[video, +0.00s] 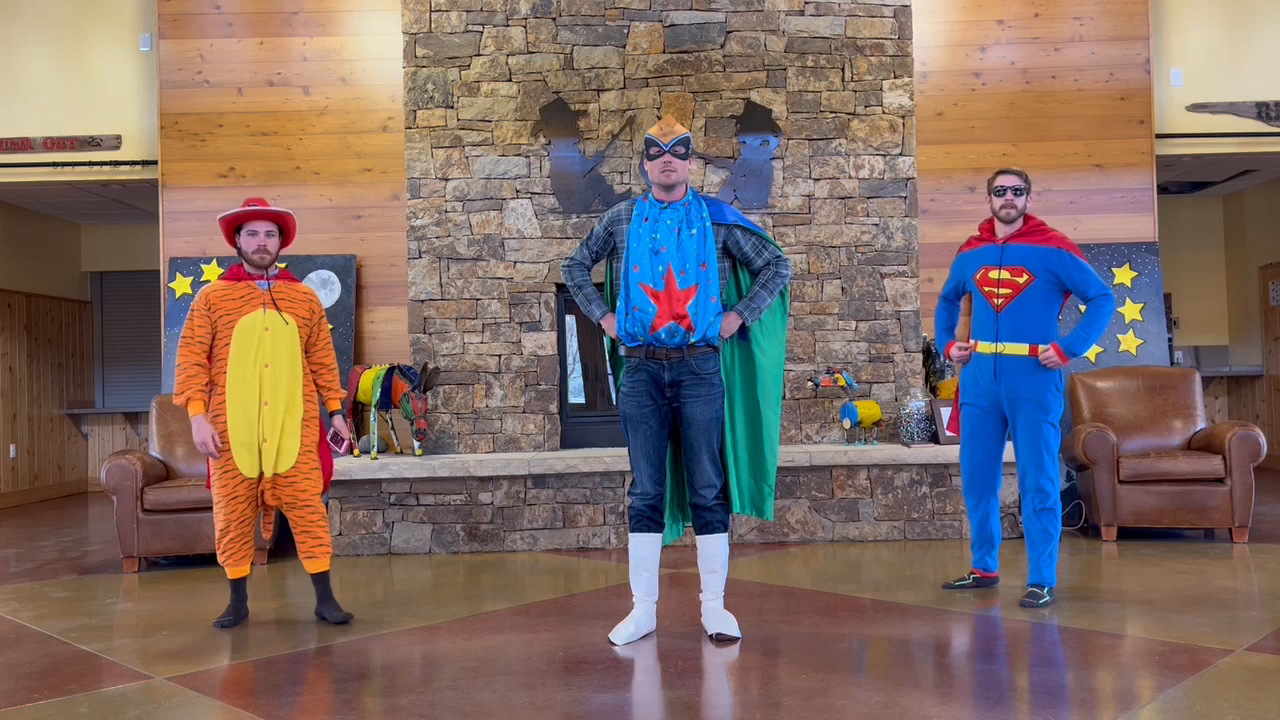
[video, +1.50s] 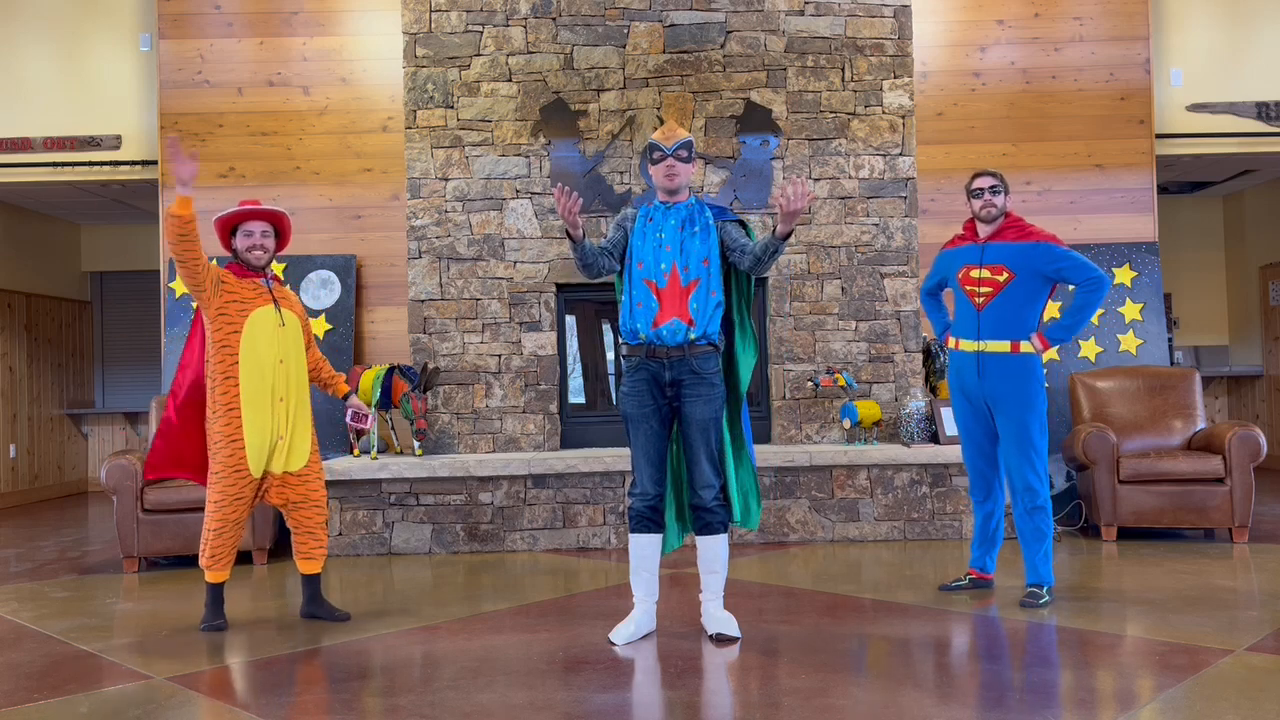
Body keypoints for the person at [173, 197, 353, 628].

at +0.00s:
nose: (261, 242)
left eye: (269, 235)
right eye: (252, 235)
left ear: (280, 243)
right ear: (237, 242)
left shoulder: (304, 298)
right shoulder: (213, 297)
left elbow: (322, 357)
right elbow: (192, 356)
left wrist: (335, 411)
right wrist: (197, 415)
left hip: (294, 423)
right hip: (233, 426)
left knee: (307, 503)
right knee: (233, 511)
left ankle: (325, 598)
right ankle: (237, 601)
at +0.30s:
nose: (266, 240)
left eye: (274, 233)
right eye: (256, 233)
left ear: (286, 241)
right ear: (243, 241)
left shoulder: (310, 295)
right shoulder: (220, 295)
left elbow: (329, 353)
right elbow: (196, 352)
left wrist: (345, 407)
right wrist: (195, 411)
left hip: (300, 420)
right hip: (240, 422)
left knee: (300, 505)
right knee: (236, 505)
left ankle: (297, 598)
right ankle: (235, 601)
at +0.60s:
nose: (266, 241)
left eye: (273, 234)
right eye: (257, 234)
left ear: (284, 243)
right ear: (241, 242)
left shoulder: (303, 298)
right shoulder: (217, 295)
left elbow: (325, 353)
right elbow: (191, 353)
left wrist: (350, 394)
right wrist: (194, 412)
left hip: (295, 424)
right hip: (236, 425)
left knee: (308, 504)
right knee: (226, 509)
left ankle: (298, 595)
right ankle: (215, 604)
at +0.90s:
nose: (269, 240)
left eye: (277, 234)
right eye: (260, 233)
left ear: (287, 243)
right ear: (244, 241)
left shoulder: (303, 300)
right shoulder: (222, 294)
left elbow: (320, 361)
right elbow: (184, 340)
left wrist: (337, 411)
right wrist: (167, 398)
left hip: (294, 423)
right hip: (237, 424)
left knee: (309, 503)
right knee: (228, 507)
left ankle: (313, 598)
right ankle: (214, 605)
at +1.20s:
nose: (265, 241)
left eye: (273, 235)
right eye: (256, 234)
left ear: (284, 244)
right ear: (241, 242)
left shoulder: (298, 301)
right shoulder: (218, 291)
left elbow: (319, 360)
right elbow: (172, 300)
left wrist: (344, 403)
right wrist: (121, 297)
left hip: (295, 422)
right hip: (238, 422)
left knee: (313, 502)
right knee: (228, 507)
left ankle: (313, 598)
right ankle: (215, 606)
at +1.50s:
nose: (256, 240)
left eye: (264, 234)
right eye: (246, 234)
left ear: (276, 243)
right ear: (232, 242)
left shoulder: (289, 298)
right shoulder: (214, 286)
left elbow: (311, 358)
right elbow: (185, 248)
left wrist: (345, 392)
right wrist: (181, 193)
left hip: (290, 420)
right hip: (235, 421)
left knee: (311, 503)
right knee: (225, 509)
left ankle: (313, 598)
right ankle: (214, 605)